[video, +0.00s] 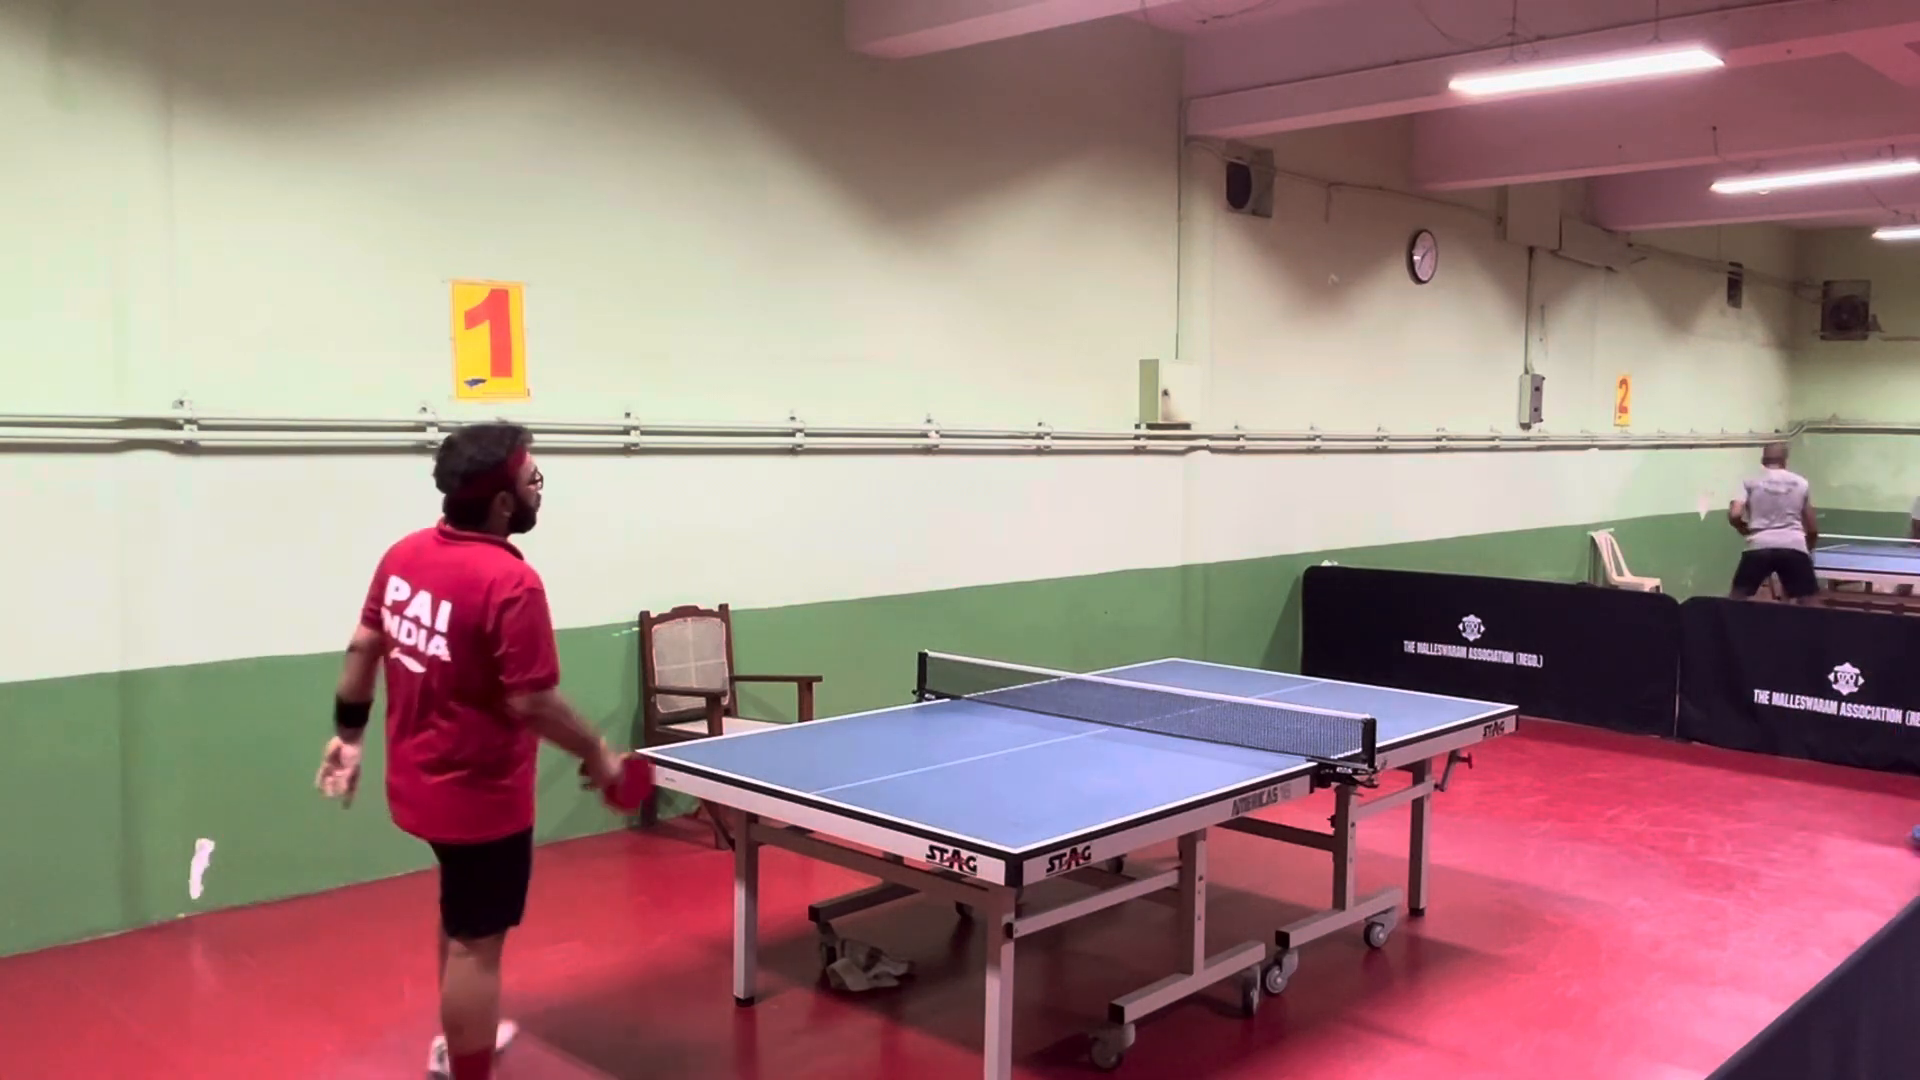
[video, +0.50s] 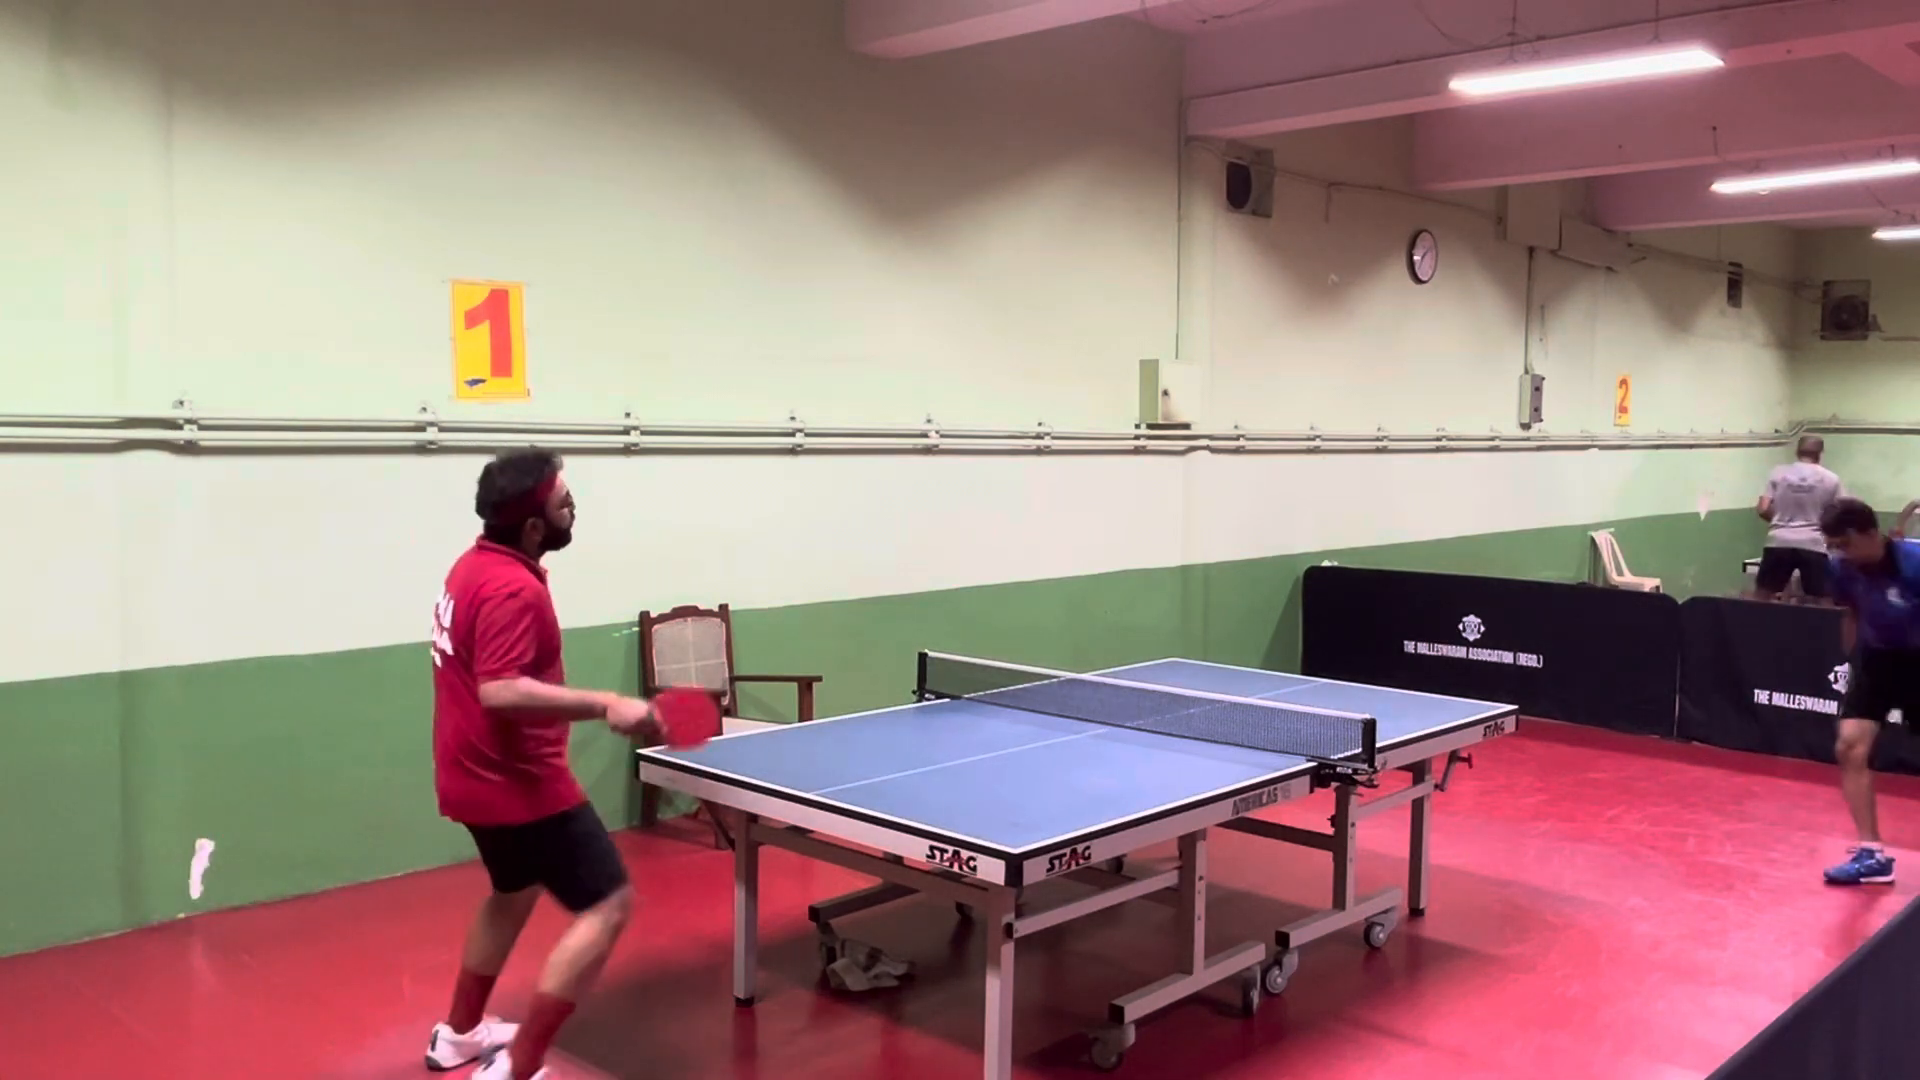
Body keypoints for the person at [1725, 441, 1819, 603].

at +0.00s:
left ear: (1763, 462)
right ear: (1785, 461)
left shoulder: (1750, 484)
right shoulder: (1801, 484)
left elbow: (1734, 516)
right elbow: (1812, 529)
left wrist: (1747, 532)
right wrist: (1806, 550)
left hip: (1758, 547)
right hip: (1794, 547)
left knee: (1735, 602)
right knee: (1810, 605)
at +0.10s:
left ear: (1774, 460)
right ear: (1797, 460)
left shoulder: (1759, 481)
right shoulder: (1811, 484)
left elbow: (1744, 514)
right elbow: (1823, 526)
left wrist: (1755, 525)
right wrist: (1819, 552)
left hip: (1764, 548)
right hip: (1801, 549)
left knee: (1742, 600)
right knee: (1815, 605)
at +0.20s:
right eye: (1808, 458)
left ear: (1787, 457)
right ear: (1809, 459)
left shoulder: (1770, 480)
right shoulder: (1822, 484)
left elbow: (1754, 512)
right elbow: (1832, 528)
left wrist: (1769, 525)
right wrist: (1828, 554)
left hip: (1772, 547)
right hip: (1807, 549)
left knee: (1747, 600)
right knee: (1821, 604)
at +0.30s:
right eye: (1817, 456)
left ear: (1796, 455)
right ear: (1817, 457)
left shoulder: (1777, 476)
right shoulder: (1829, 482)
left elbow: (1761, 510)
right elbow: (1840, 528)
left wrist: (1776, 521)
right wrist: (1835, 550)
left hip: (1777, 546)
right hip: (1812, 549)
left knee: (1752, 596)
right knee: (1824, 604)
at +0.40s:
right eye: (1819, 455)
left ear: (1799, 453)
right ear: (1821, 455)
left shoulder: (1779, 473)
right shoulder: (1833, 480)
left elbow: (1764, 509)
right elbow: (1842, 523)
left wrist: (1780, 521)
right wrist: (1834, 546)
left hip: (1779, 546)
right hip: (1815, 547)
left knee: (1757, 598)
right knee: (1824, 605)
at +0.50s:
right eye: (1819, 454)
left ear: (1798, 452)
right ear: (1820, 454)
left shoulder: (1779, 473)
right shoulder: (1832, 480)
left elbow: (1763, 508)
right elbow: (1838, 514)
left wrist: (1778, 521)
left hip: (1778, 545)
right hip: (1813, 547)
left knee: (1762, 598)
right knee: (1822, 604)